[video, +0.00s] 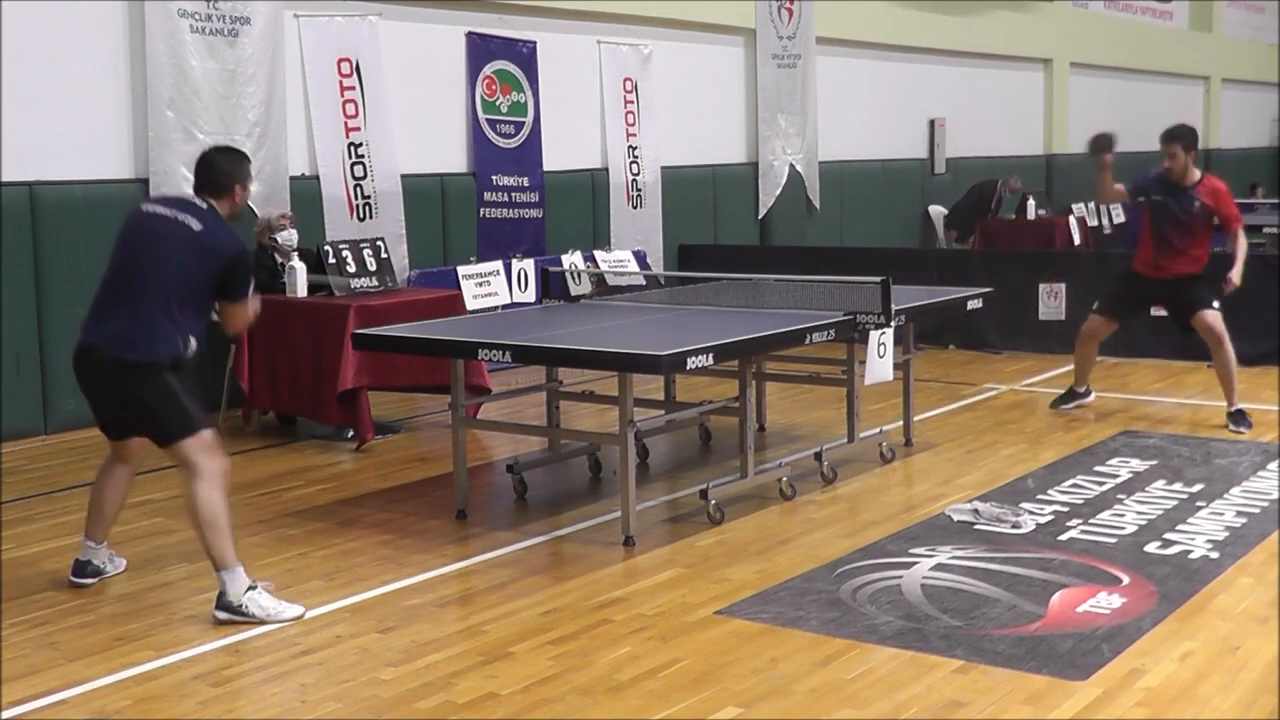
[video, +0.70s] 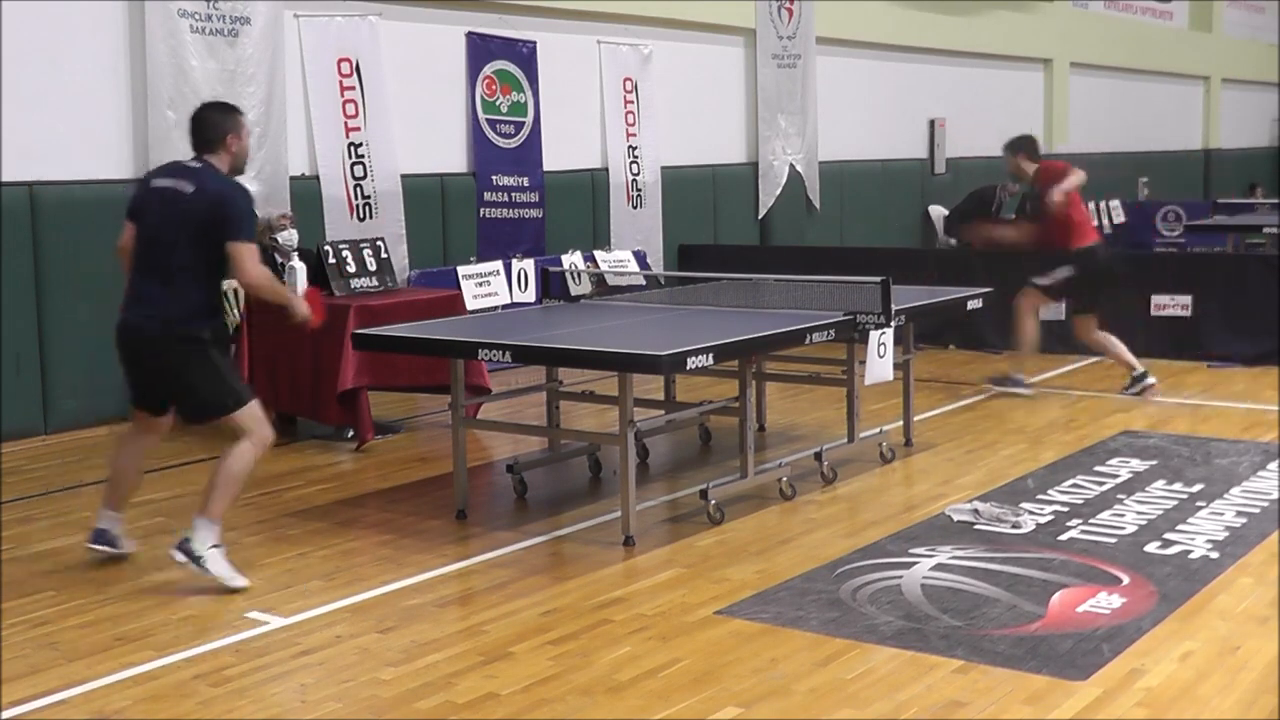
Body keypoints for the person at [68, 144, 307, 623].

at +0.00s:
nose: (247, 196)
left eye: (246, 188)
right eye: (247, 189)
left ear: (198, 181)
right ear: (236, 192)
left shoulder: (148, 210)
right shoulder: (227, 244)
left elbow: (155, 277)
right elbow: (234, 322)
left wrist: (223, 289)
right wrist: (252, 295)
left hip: (93, 355)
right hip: (145, 363)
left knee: (124, 452)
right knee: (209, 461)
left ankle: (92, 555)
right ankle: (236, 589)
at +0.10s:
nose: (231, 178)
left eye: (233, 172)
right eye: (232, 171)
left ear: (185, 156)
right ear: (218, 165)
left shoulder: (127, 168)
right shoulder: (214, 199)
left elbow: (66, 208)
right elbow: (217, 258)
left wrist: (99, 251)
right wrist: (237, 227)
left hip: (87, 323)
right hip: (137, 326)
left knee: (104, 436)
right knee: (160, 439)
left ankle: (88, 552)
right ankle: (171, 569)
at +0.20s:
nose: (220, 157)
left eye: (221, 150)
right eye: (221, 150)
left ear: (177, 131)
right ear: (209, 142)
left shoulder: (117, 148)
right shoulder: (204, 175)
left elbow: (43, 176)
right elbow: (211, 243)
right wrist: (202, 194)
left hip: (89, 304)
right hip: (136, 310)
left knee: (102, 418)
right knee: (152, 424)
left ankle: (85, 537)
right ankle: (149, 555)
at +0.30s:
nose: (205, 139)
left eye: (205, 130)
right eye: (203, 129)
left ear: (155, 121)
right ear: (187, 125)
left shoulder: (102, 148)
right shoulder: (189, 166)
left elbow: (32, 162)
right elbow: (209, 242)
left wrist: (10, 137)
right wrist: (181, 230)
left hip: (85, 308)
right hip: (135, 313)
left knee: (98, 416)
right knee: (165, 425)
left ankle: (68, 526)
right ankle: (161, 552)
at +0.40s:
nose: (193, 150)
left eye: (192, 141)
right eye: (191, 142)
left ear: (145, 141)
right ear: (175, 143)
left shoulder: (96, 171)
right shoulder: (177, 196)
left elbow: (35, 203)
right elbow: (182, 276)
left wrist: (19, 178)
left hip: (81, 332)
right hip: (133, 337)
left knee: (85, 433)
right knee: (189, 438)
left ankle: (49, 533)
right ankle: (179, 559)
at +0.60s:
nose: (213, 162)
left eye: (209, 154)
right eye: (209, 155)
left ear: (165, 160)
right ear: (196, 161)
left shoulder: (122, 199)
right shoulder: (193, 217)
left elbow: (88, 261)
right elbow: (207, 293)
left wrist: (97, 323)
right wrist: (248, 318)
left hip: (106, 353)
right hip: (154, 359)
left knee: (94, 442)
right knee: (222, 449)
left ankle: (47, 533)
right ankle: (182, 560)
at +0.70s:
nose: (249, 145)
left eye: (247, 136)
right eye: (246, 137)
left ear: (200, 141)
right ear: (230, 142)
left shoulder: (158, 179)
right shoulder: (231, 195)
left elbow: (126, 246)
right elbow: (249, 275)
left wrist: (151, 289)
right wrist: (293, 300)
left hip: (137, 332)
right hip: (186, 338)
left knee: (149, 424)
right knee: (257, 433)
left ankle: (107, 527)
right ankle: (203, 538)